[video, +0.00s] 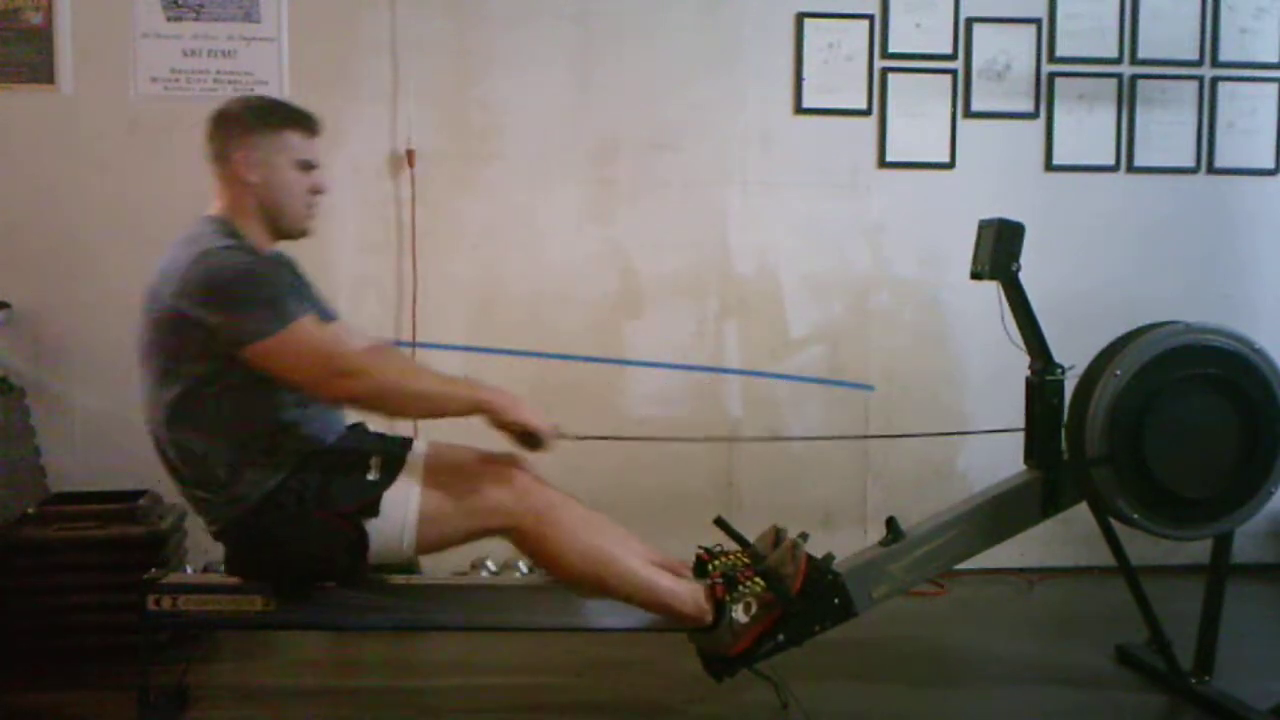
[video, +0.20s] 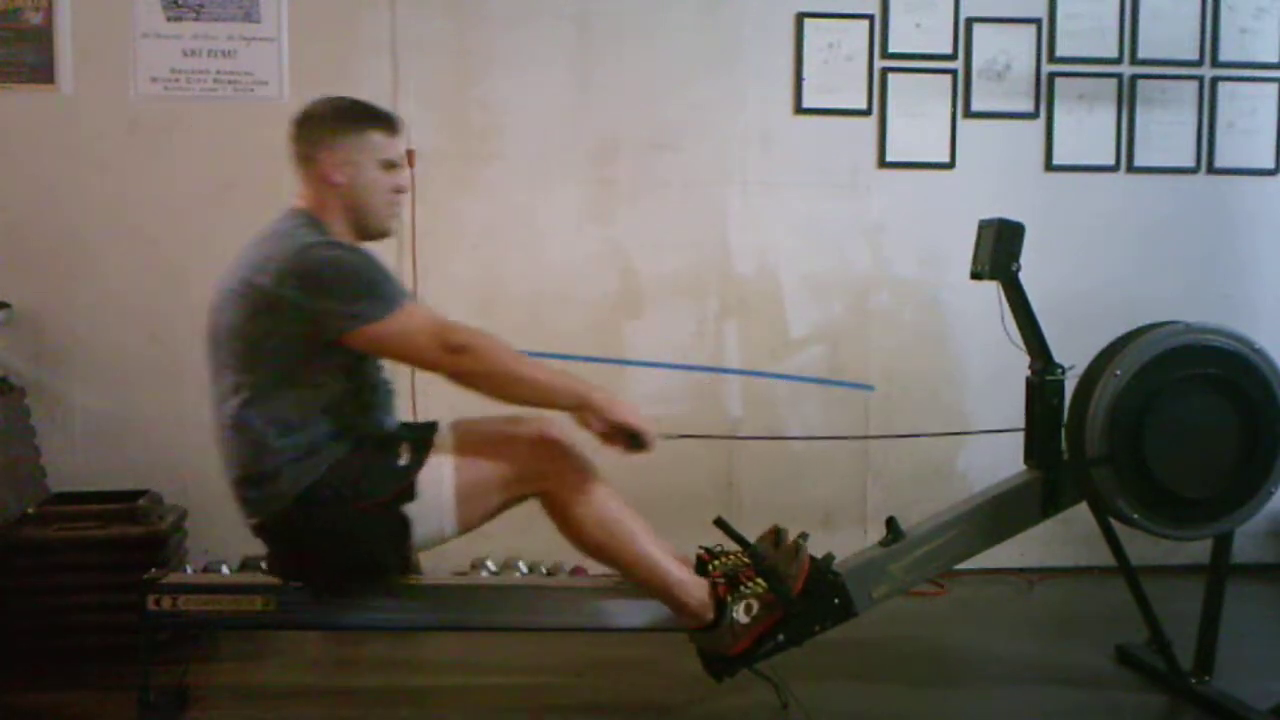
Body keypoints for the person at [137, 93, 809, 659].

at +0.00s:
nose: (320, 186)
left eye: (318, 169)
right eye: (303, 169)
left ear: (252, 174)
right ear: (243, 170)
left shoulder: (260, 264)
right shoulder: (218, 267)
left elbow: (360, 365)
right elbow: (342, 376)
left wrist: (479, 397)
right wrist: (484, 399)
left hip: (314, 479)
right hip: (284, 507)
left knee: (511, 475)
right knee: (509, 489)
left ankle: (703, 584)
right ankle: (705, 613)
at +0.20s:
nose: (404, 184)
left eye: (404, 167)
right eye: (387, 166)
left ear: (329, 176)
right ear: (326, 170)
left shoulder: (299, 251)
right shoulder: (311, 259)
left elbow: (444, 346)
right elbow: (450, 348)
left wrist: (580, 399)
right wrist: (586, 400)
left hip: (333, 484)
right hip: (328, 506)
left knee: (543, 441)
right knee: (548, 453)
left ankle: (697, 595)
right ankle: (707, 611)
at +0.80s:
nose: (671, 203)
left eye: (667, 187)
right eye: (658, 185)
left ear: (609, 191)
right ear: (610, 189)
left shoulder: (564, 262)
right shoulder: (599, 265)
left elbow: (727, 345)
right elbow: (751, 342)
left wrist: (840, 383)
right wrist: (895, 380)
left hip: (512, 514)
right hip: (532, 516)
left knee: (701, 374)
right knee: (708, 381)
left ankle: (697, 578)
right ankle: (710, 589)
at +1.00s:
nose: (706, 208)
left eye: (703, 192)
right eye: (696, 191)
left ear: (642, 197)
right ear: (653, 195)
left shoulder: (599, 259)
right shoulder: (642, 266)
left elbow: (772, 336)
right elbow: (801, 336)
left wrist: (887, 372)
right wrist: (939, 364)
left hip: (531, 512)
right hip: (558, 517)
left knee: (716, 366)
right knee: (728, 379)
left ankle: (702, 567)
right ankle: (717, 594)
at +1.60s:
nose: (296, 162)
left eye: (292, 146)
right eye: (274, 147)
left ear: (233, 164)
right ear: (216, 161)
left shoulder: (228, 255)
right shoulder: (228, 259)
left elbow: (368, 343)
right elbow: (363, 339)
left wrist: (502, 354)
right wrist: (512, 354)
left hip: (305, 492)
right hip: (304, 502)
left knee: (520, 473)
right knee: (521, 477)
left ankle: (704, 590)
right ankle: (709, 613)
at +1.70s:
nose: (232, 176)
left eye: (228, 160)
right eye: (212, 160)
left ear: (176, 177)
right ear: (149, 176)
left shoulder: (181, 270)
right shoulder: (158, 278)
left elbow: (273, 364)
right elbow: (248, 387)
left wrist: (390, 355)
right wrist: (403, 358)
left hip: (296, 480)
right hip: (278, 500)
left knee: (504, 497)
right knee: (501, 509)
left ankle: (706, 589)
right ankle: (712, 617)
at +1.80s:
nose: (194, 191)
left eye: (190, 175)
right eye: (174, 174)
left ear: (127, 185)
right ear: (112, 184)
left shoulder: (151, 283)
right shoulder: (108, 292)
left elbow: (187, 402)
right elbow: (157, 415)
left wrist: (296, 356)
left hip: (305, 473)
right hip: (277, 500)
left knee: (499, 502)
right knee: (493, 525)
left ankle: (706, 590)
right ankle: (710, 615)